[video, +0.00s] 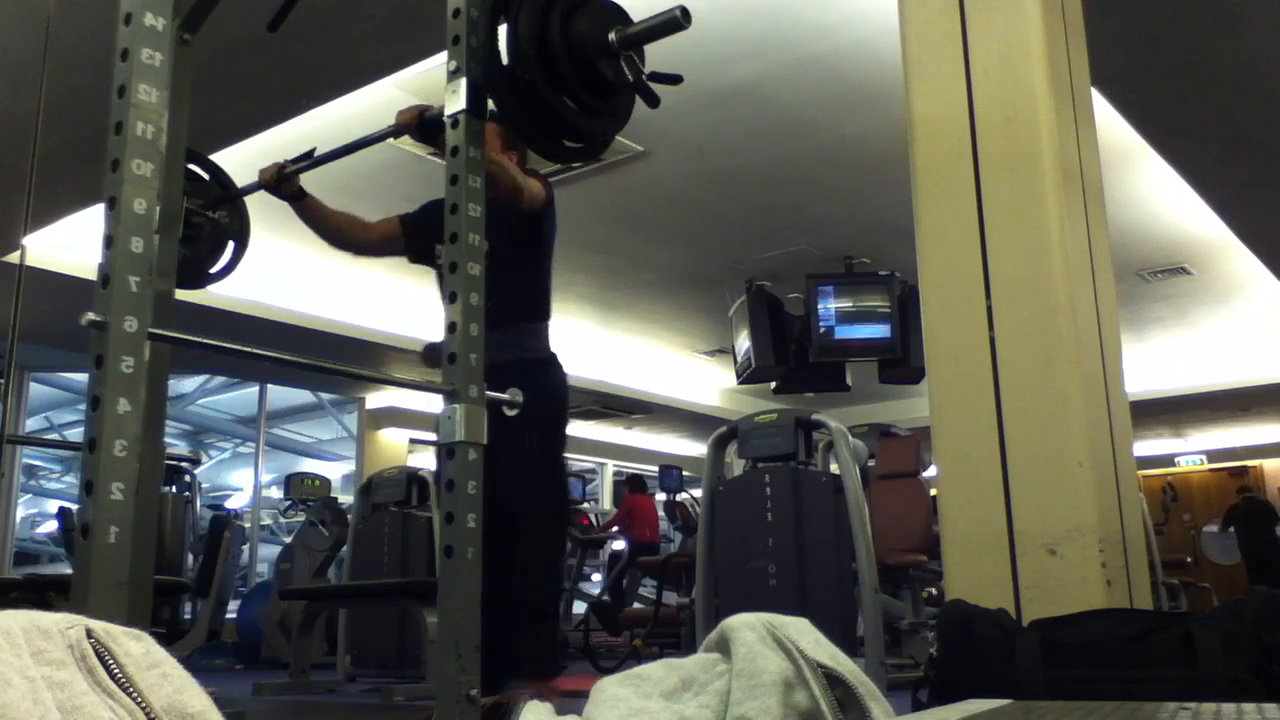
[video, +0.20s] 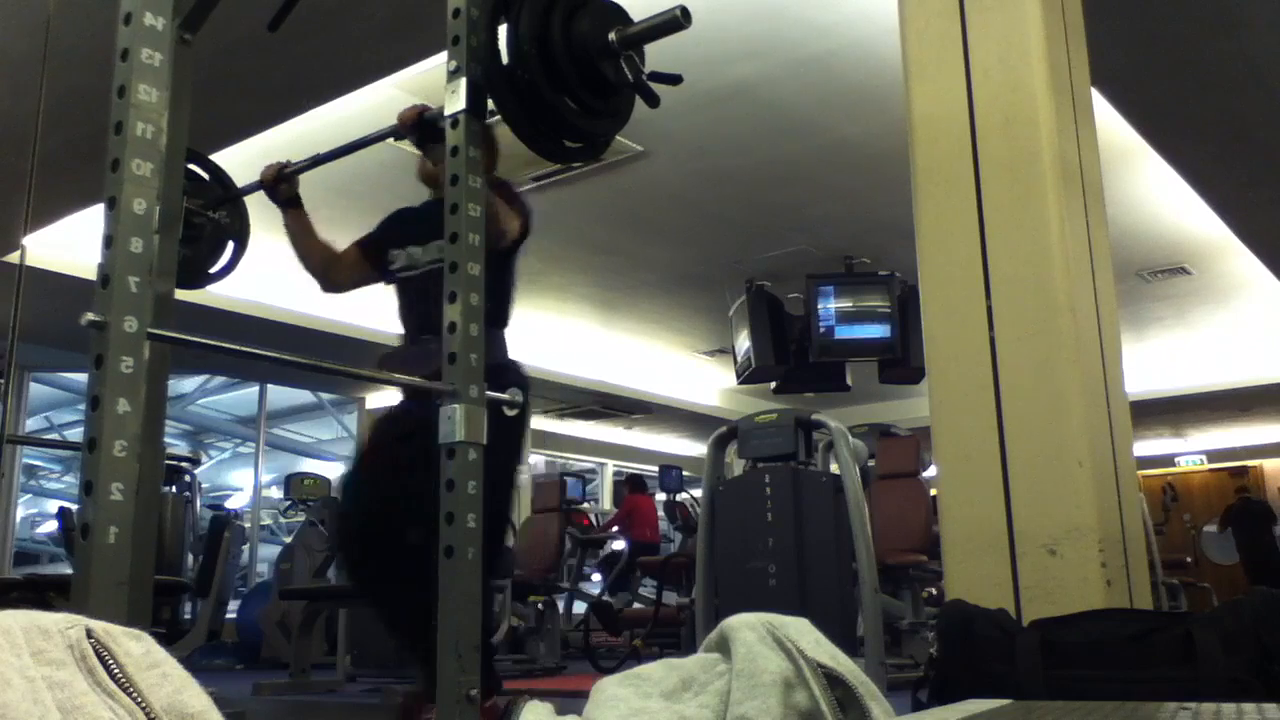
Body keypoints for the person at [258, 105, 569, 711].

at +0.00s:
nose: (470, 154)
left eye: (482, 143)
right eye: (465, 144)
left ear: (513, 152)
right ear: (455, 154)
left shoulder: (535, 198)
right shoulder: (447, 215)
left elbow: (506, 183)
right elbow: (361, 235)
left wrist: (443, 139)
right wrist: (296, 194)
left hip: (527, 383)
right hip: (469, 386)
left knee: (529, 532)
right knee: (472, 536)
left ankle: (532, 687)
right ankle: (485, 685)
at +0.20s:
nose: (428, 155)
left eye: (444, 146)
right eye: (427, 147)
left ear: (476, 156)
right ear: (427, 159)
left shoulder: (502, 208)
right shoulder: (407, 226)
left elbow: (499, 226)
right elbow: (331, 273)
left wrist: (436, 144)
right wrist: (291, 203)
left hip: (490, 397)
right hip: (421, 399)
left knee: (469, 544)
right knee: (370, 533)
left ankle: (475, 685)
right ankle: (437, 677)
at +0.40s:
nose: (375, 137)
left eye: (390, 129)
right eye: (379, 129)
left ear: (415, 150)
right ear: (379, 152)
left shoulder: (422, 205)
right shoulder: (345, 223)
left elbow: (425, 240)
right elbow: (270, 283)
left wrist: (422, 155)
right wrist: (267, 204)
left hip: (395, 399)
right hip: (337, 398)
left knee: (404, 568)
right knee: (247, 536)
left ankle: (453, 699)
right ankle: (242, 691)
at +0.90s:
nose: (368, 88)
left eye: (387, 87)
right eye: (372, 83)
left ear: (410, 117)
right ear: (355, 109)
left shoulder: (404, 165)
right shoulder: (305, 173)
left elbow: (370, 201)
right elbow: (220, 227)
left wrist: (402, 124)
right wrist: (259, 167)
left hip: (331, 323)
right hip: (264, 323)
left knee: (327, 505)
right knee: (238, 509)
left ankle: (392, 669)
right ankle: (250, 692)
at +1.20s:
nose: (404, 106)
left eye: (421, 103)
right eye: (404, 101)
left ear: (442, 130)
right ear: (390, 124)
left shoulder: (442, 178)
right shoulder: (354, 192)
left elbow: (414, 226)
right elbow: (267, 249)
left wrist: (440, 141)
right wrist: (300, 188)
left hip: (394, 352)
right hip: (325, 352)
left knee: (386, 516)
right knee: (275, 502)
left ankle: (399, 693)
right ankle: (258, 685)